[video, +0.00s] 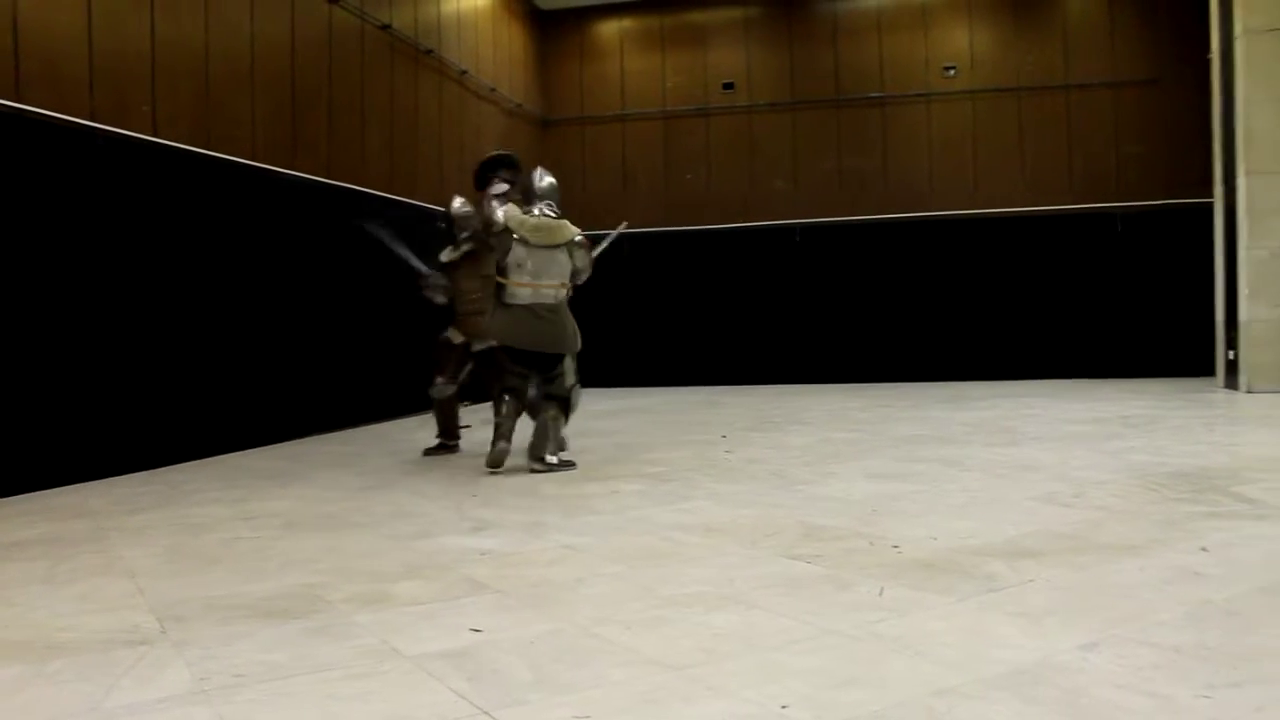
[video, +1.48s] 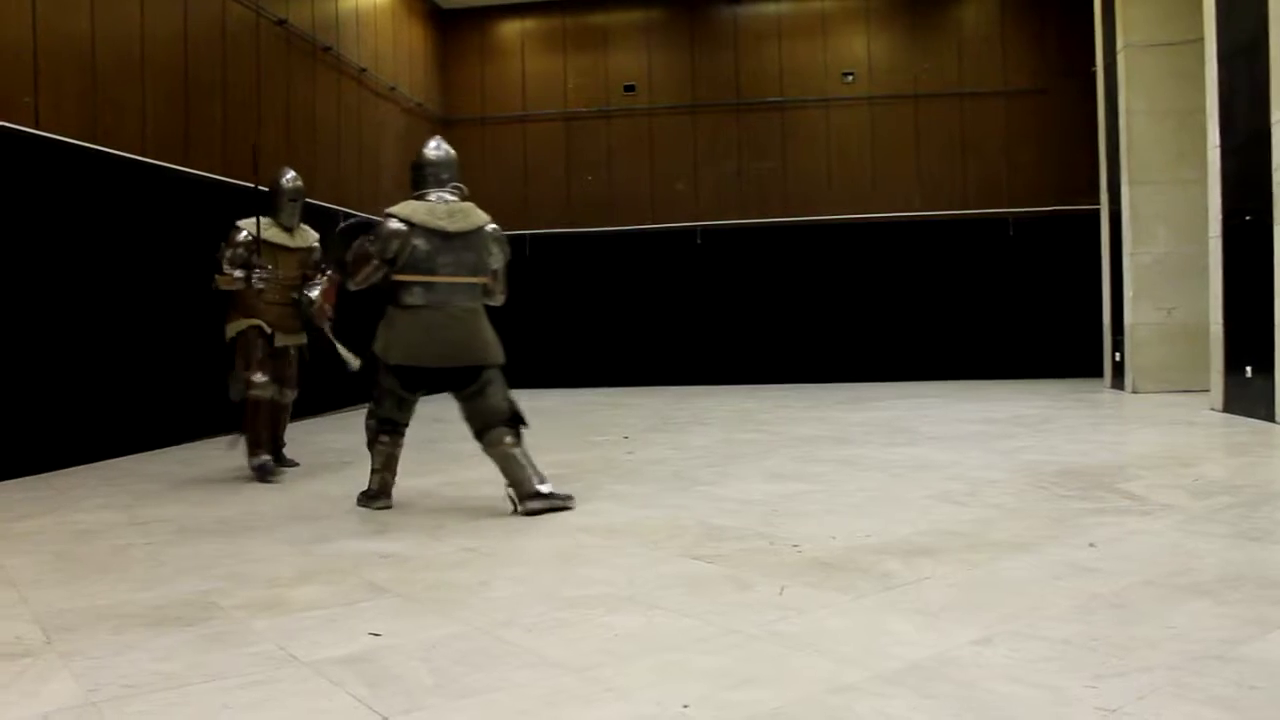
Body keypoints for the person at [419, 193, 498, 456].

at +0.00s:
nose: (463, 226)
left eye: (467, 220)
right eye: (458, 221)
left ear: (476, 220)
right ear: (453, 224)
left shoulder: (490, 248)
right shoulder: (449, 255)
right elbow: (446, 291)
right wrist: (434, 288)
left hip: (490, 327)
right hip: (459, 328)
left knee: (502, 381)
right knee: (444, 381)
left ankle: (501, 438)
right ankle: (448, 438)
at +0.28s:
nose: (451, 218)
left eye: (456, 211)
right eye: (446, 212)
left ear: (464, 212)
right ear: (436, 212)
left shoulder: (473, 238)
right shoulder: (423, 240)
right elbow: (397, 259)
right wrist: (392, 221)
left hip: (467, 324)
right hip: (429, 325)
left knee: (478, 384)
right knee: (416, 381)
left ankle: (486, 443)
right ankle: (412, 432)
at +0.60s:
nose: (436, 218)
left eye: (437, 211)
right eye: (431, 210)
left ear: (433, 209)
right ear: (415, 206)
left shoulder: (431, 239)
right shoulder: (394, 234)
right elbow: (415, 276)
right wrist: (450, 297)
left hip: (420, 322)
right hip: (382, 324)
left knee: (443, 378)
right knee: (363, 388)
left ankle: (442, 447)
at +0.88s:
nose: (368, 212)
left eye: (370, 206)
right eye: (362, 205)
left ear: (372, 207)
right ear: (349, 205)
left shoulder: (373, 240)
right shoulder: (340, 241)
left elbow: (400, 267)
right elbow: (335, 297)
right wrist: (376, 317)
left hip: (364, 328)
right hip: (331, 328)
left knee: (392, 389)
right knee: (328, 396)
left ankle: (410, 450)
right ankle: (298, 463)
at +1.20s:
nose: (301, 203)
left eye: (304, 197)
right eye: (295, 196)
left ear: (310, 199)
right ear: (282, 197)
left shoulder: (317, 237)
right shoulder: (262, 232)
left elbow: (342, 272)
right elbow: (240, 276)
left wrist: (347, 291)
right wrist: (270, 293)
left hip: (310, 325)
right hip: (273, 324)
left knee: (311, 391)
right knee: (277, 389)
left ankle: (284, 440)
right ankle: (268, 461)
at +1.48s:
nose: (293, 205)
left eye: (298, 199)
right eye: (288, 199)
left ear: (302, 200)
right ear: (274, 198)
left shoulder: (310, 239)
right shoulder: (250, 232)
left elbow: (316, 278)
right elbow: (225, 277)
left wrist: (314, 296)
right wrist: (246, 279)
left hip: (289, 325)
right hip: (253, 322)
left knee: (286, 390)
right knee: (259, 384)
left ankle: (276, 449)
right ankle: (258, 454)